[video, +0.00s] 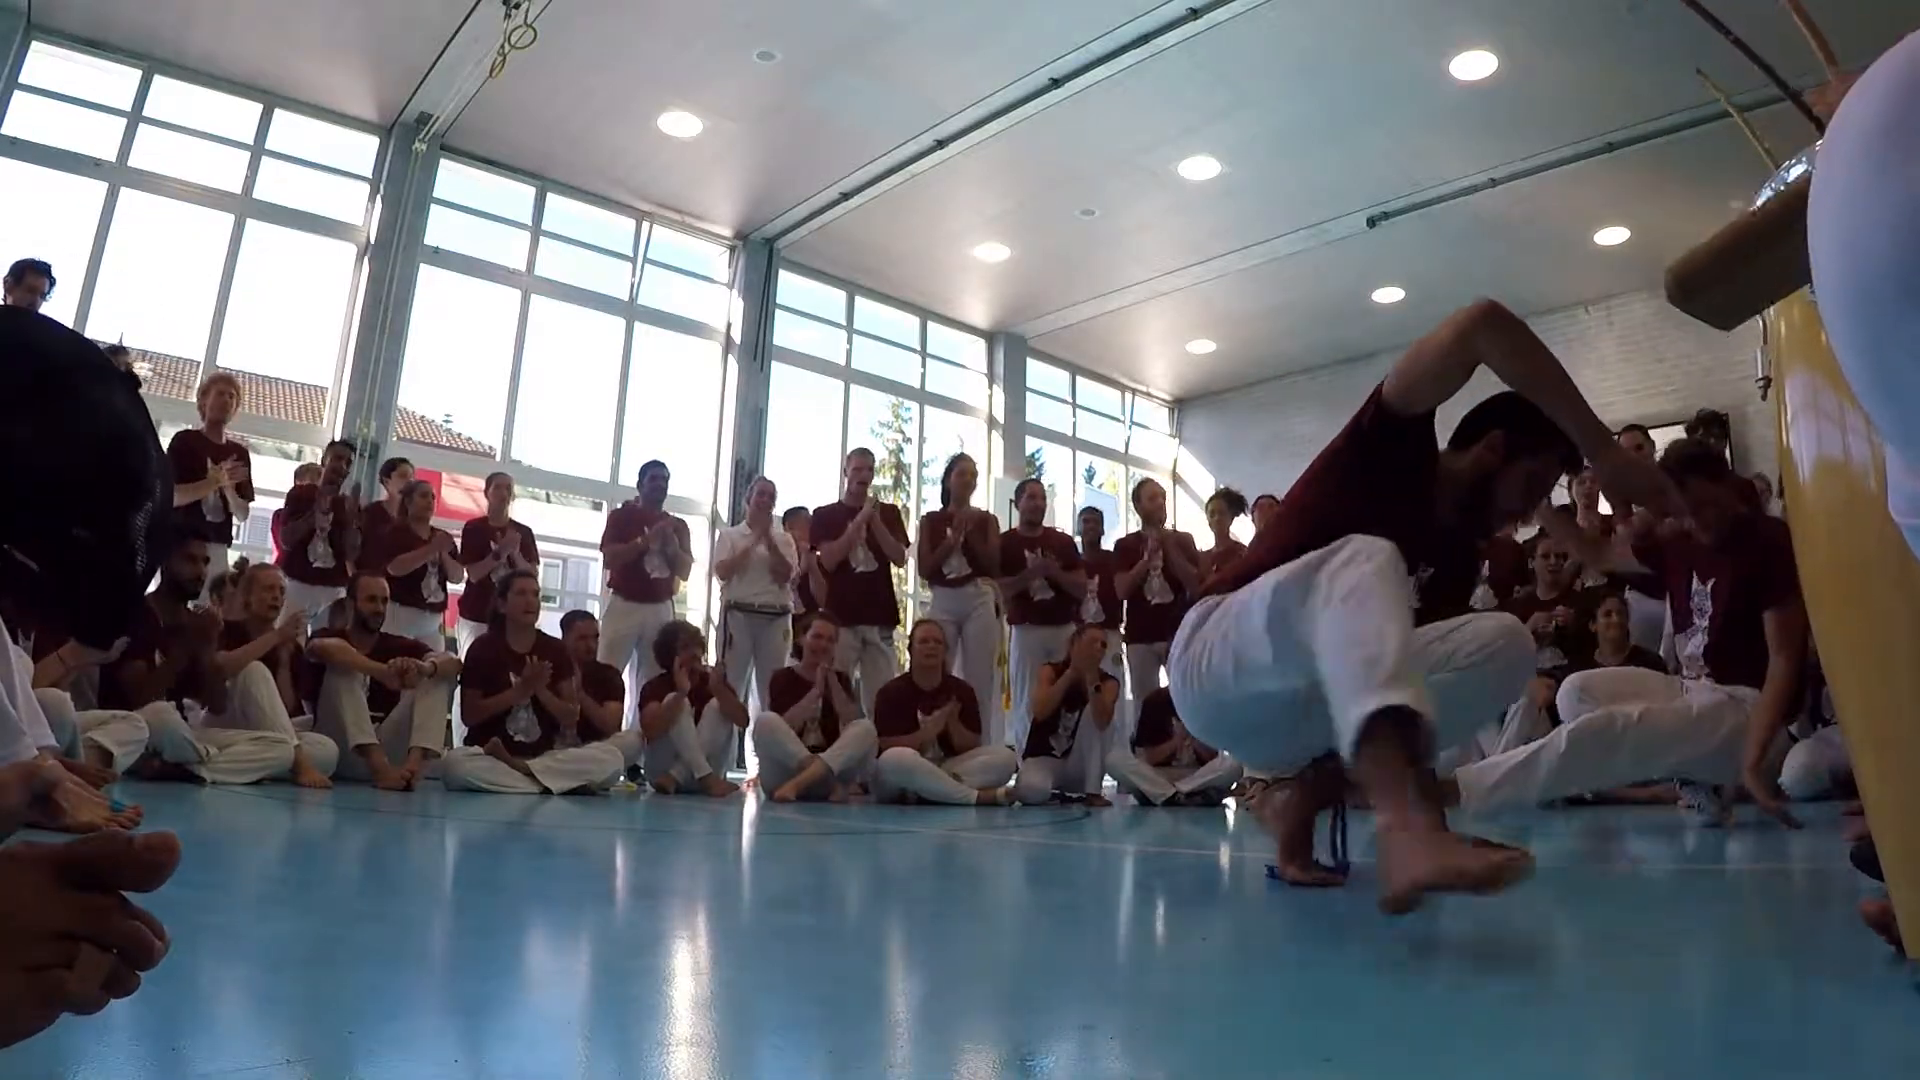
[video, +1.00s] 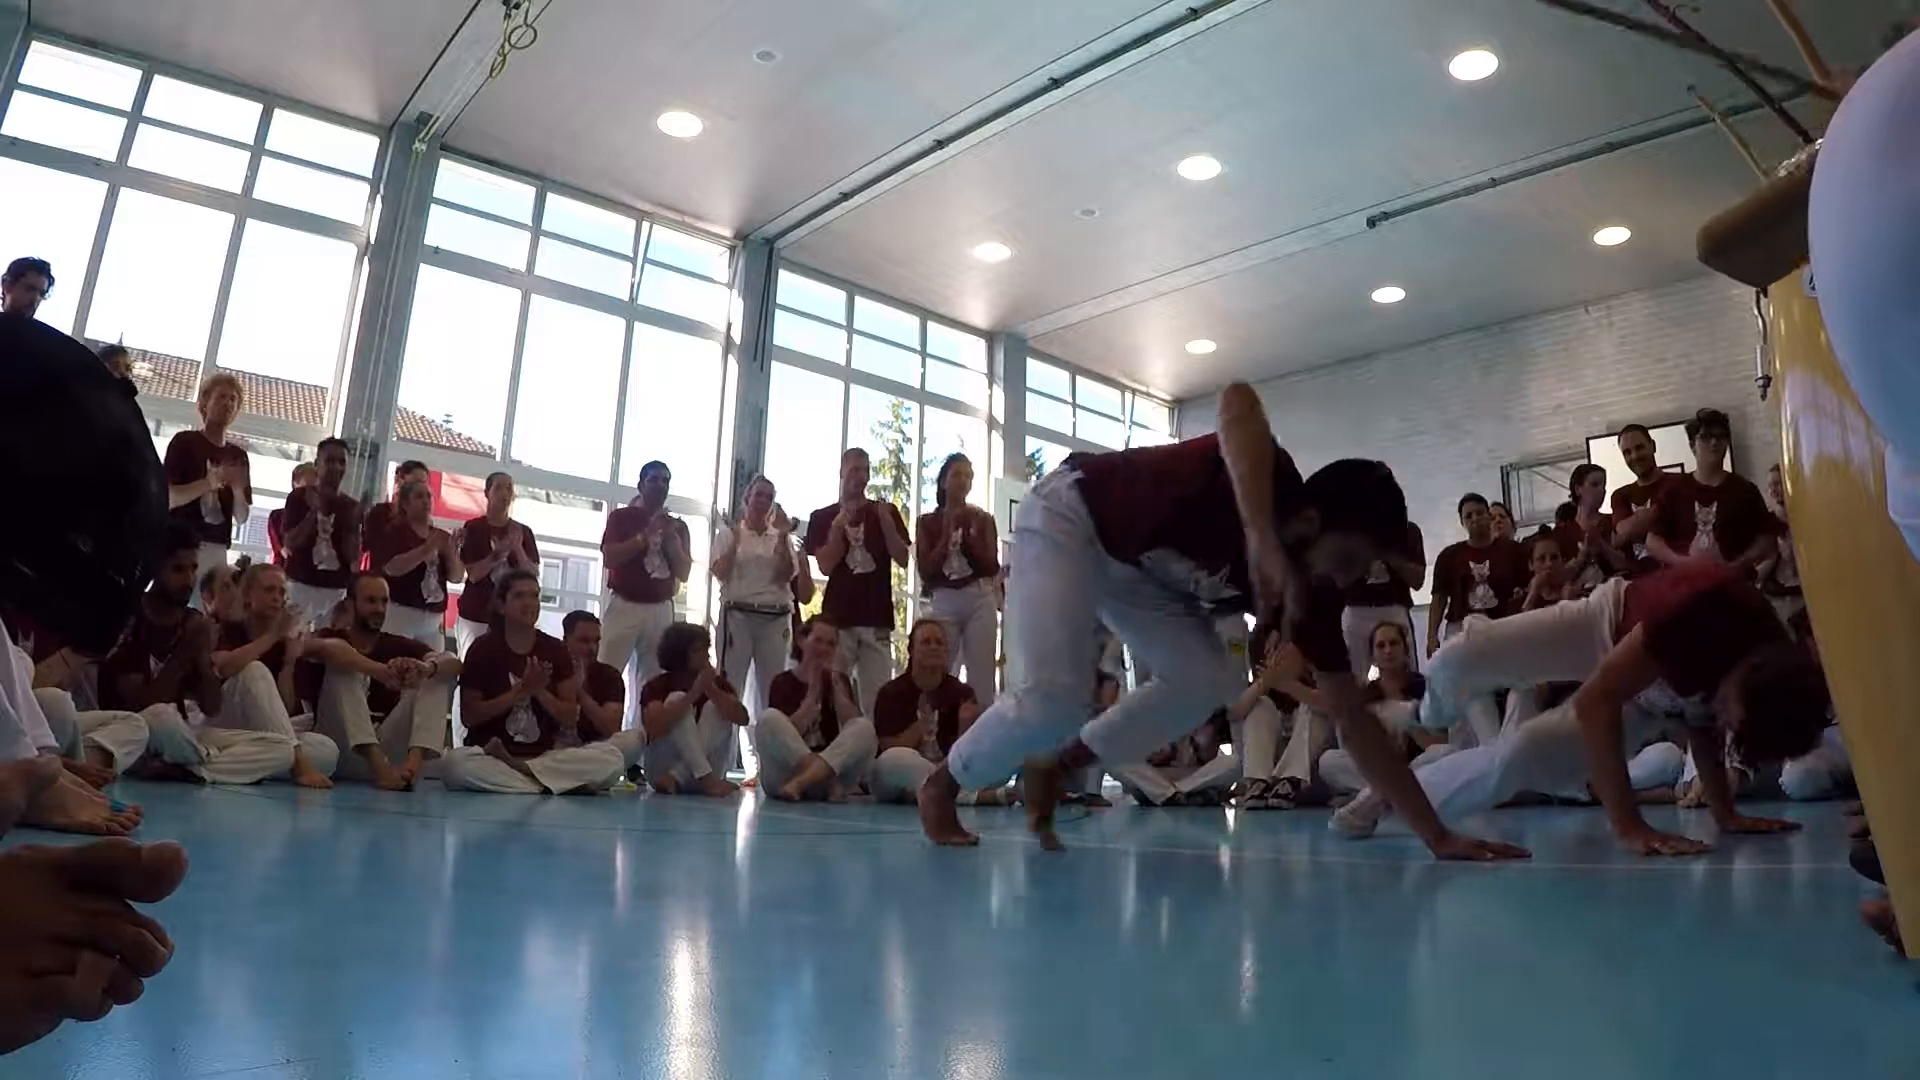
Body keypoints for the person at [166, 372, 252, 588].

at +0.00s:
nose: (227, 400)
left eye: (232, 396)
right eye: (220, 393)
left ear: (236, 407)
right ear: (202, 401)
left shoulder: (239, 453)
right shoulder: (184, 440)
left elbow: (243, 514)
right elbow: (167, 497)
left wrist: (229, 489)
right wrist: (212, 483)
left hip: (217, 546)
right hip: (179, 541)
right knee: (172, 610)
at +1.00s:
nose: (227, 403)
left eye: (232, 399)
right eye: (221, 396)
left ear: (237, 409)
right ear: (202, 403)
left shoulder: (237, 455)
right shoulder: (183, 442)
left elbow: (241, 517)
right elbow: (167, 499)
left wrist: (236, 486)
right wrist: (208, 483)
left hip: (216, 549)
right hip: (180, 545)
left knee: (208, 620)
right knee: (170, 616)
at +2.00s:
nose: (232, 406)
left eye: (237, 402)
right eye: (226, 399)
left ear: (241, 411)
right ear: (207, 405)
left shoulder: (240, 455)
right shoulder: (188, 441)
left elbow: (248, 515)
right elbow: (175, 499)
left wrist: (231, 487)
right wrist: (221, 477)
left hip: (219, 546)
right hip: (184, 542)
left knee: (212, 619)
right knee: (176, 614)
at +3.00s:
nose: (232, 405)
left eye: (236, 400)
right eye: (225, 398)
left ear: (239, 409)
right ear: (206, 402)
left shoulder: (238, 454)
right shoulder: (184, 441)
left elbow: (243, 515)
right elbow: (169, 497)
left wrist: (245, 478)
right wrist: (207, 470)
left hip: (216, 547)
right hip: (179, 543)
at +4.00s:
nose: (232, 403)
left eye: (236, 399)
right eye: (225, 396)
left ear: (239, 407)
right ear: (204, 403)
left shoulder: (236, 453)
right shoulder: (184, 440)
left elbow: (244, 513)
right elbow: (172, 496)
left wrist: (236, 478)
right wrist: (218, 471)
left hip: (217, 547)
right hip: (180, 544)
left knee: (210, 619)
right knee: (173, 614)